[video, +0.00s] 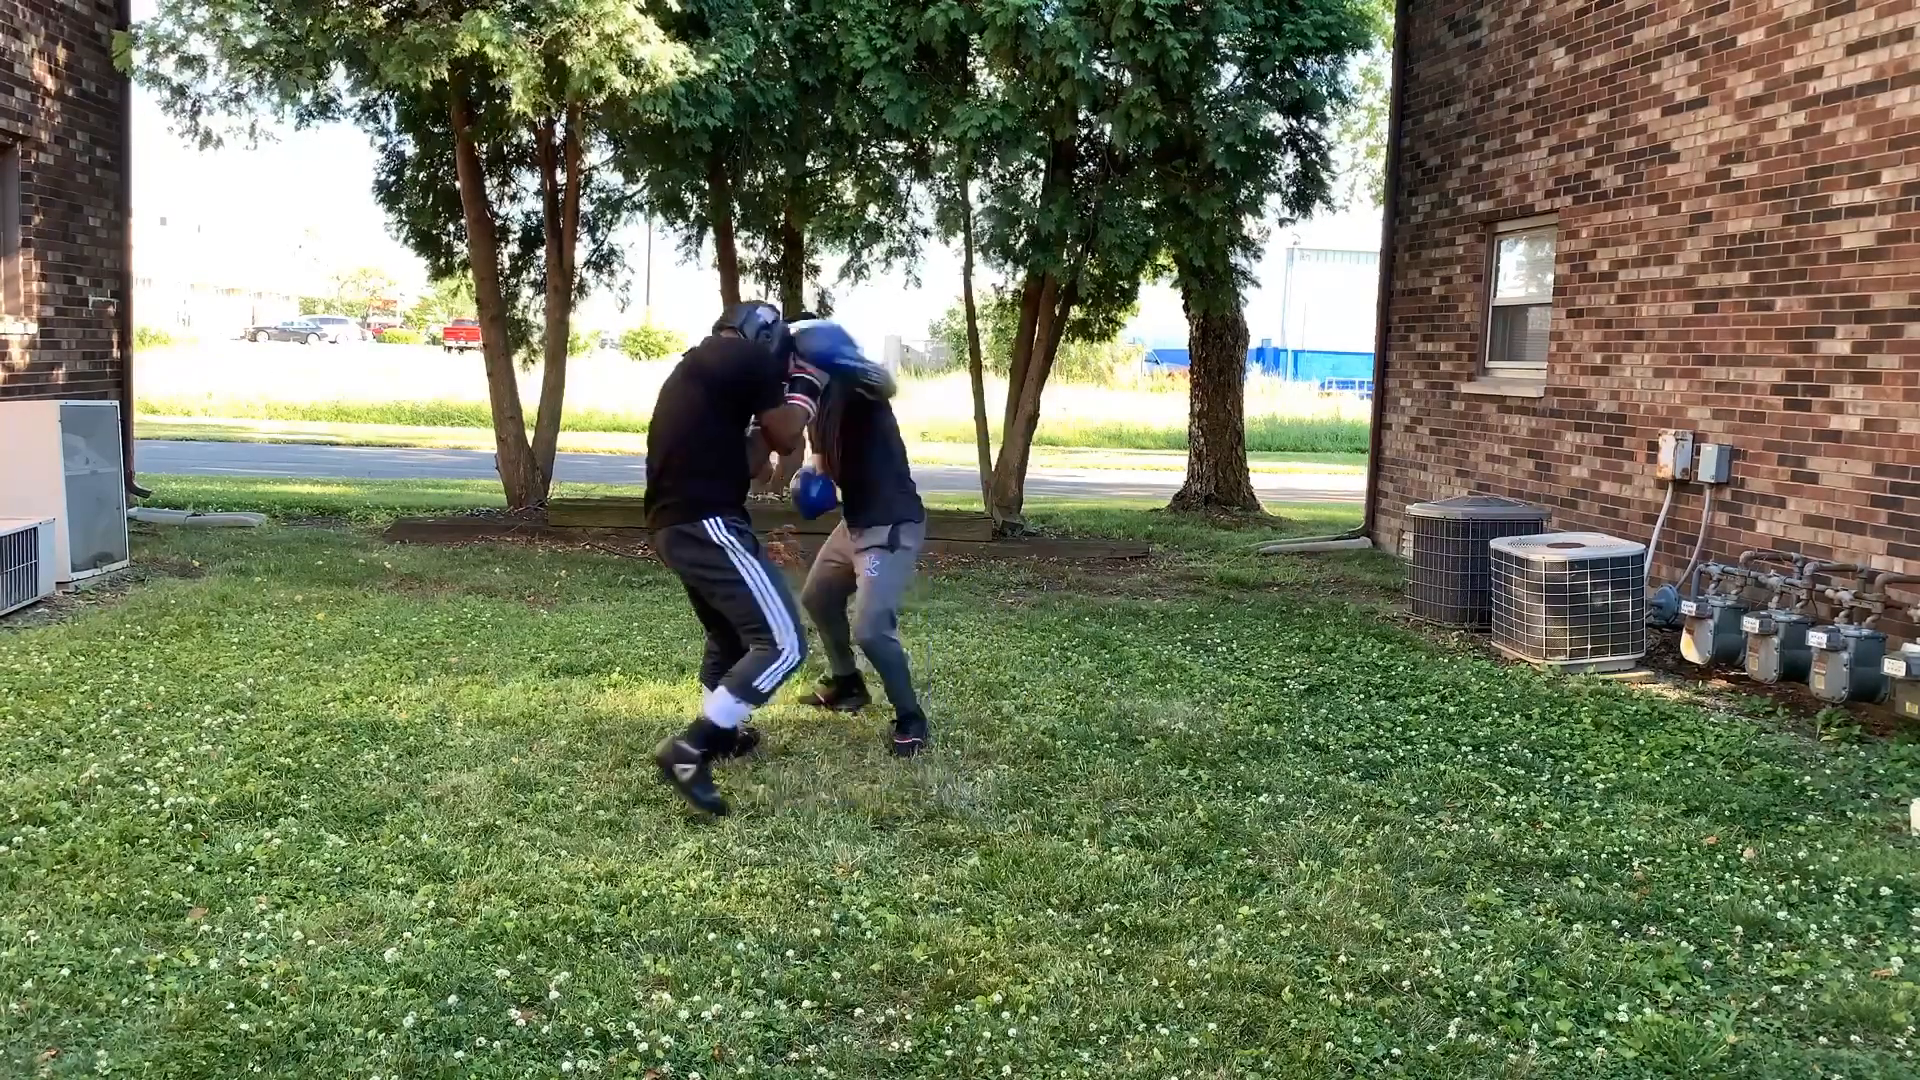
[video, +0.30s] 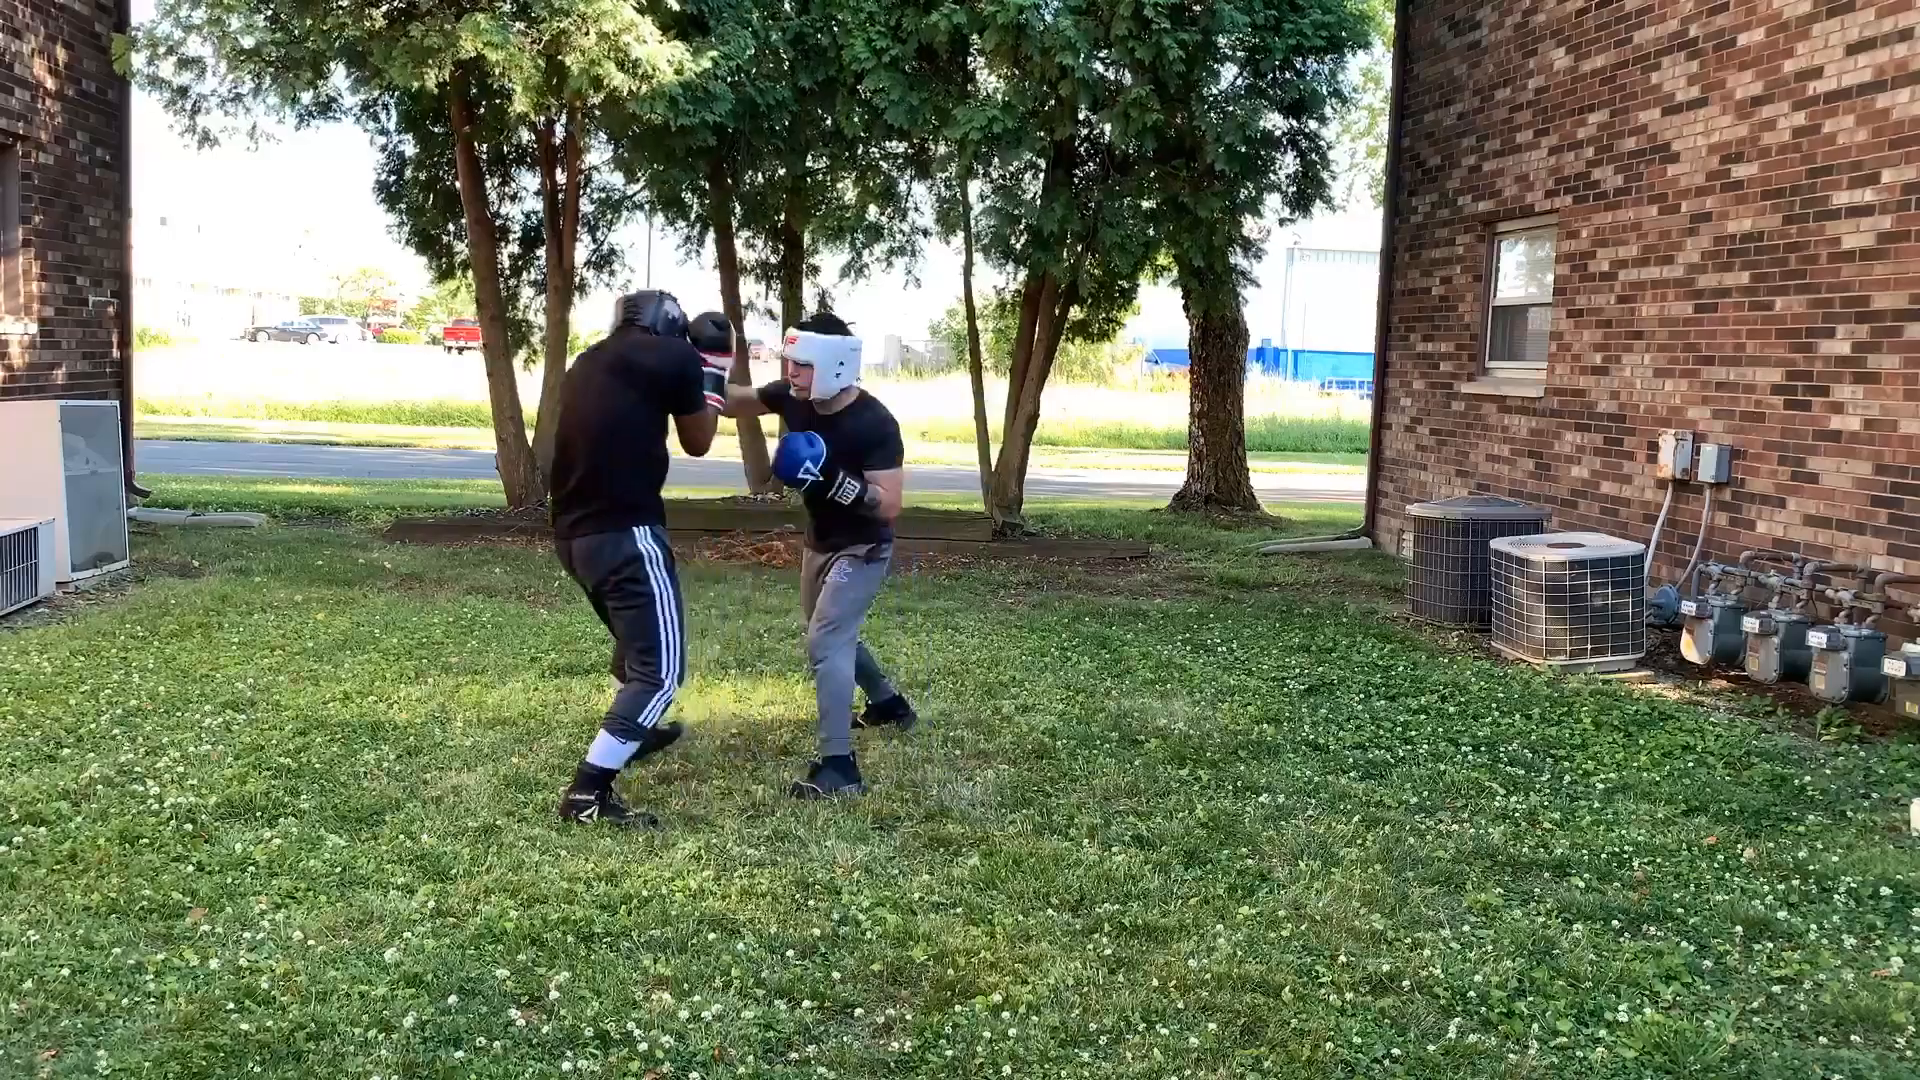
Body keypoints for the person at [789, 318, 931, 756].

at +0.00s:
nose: (797, 371)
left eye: (802, 361)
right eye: (797, 363)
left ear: (819, 355)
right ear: (807, 360)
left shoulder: (857, 387)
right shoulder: (817, 407)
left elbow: (884, 383)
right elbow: (820, 465)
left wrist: (842, 359)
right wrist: (811, 490)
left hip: (894, 524)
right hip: (854, 522)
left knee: (871, 630)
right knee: (818, 598)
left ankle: (910, 720)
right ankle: (848, 685)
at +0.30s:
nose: (792, 374)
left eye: (803, 366)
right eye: (790, 363)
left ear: (838, 369)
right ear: (789, 360)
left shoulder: (874, 424)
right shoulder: (792, 398)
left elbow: (888, 506)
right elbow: (730, 402)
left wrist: (831, 481)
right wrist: (704, 365)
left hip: (864, 549)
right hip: (819, 543)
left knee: (828, 642)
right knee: (823, 635)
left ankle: (838, 765)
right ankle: (887, 703)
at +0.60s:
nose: (776, 358)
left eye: (786, 350)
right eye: (778, 349)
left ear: (821, 355)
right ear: (809, 355)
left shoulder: (862, 405)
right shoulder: (803, 384)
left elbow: (866, 492)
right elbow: (756, 370)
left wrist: (803, 454)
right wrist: (726, 375)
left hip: (885, 534)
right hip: (852, 531)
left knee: (851, 642)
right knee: (868, 626)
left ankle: (842, 768)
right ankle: (926, 706)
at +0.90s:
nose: (783, 336)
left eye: (789, 325)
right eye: (782, 325)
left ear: (818, 327)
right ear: (835, 326)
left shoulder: (839, 382)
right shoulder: (862, 374)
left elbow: (865, 460)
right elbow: (864, 456)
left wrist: (827, 503)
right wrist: (809, 456)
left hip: (875, 536)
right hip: (910, 526)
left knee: (813, 642)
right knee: (914, 650)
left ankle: (838, 768)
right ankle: (946, 758)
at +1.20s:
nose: (756, 351)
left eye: (761, 341)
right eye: (757, 342)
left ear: (787, 343)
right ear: (808, 344)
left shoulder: (806, 388)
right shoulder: (833, 387)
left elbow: (804, 477)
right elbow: (770, 473)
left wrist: (756, 493)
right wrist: (754, 422)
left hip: (836, 553)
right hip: (872, 546)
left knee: (749, 650)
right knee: (889, 656)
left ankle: (714, 777)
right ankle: (945, 754)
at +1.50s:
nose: (661, 341)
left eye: (665, 334)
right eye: (662, 335)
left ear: (685, 332)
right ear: (723, 331)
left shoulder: (684, 358)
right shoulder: (771, 380)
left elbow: (588, 346)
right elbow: (810, 458)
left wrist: (528, 311)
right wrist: (755, 440)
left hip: (741, 536)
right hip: (804, 527)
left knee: (685, 642)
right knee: (809, 639)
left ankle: (698, 771)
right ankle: (846, 748)